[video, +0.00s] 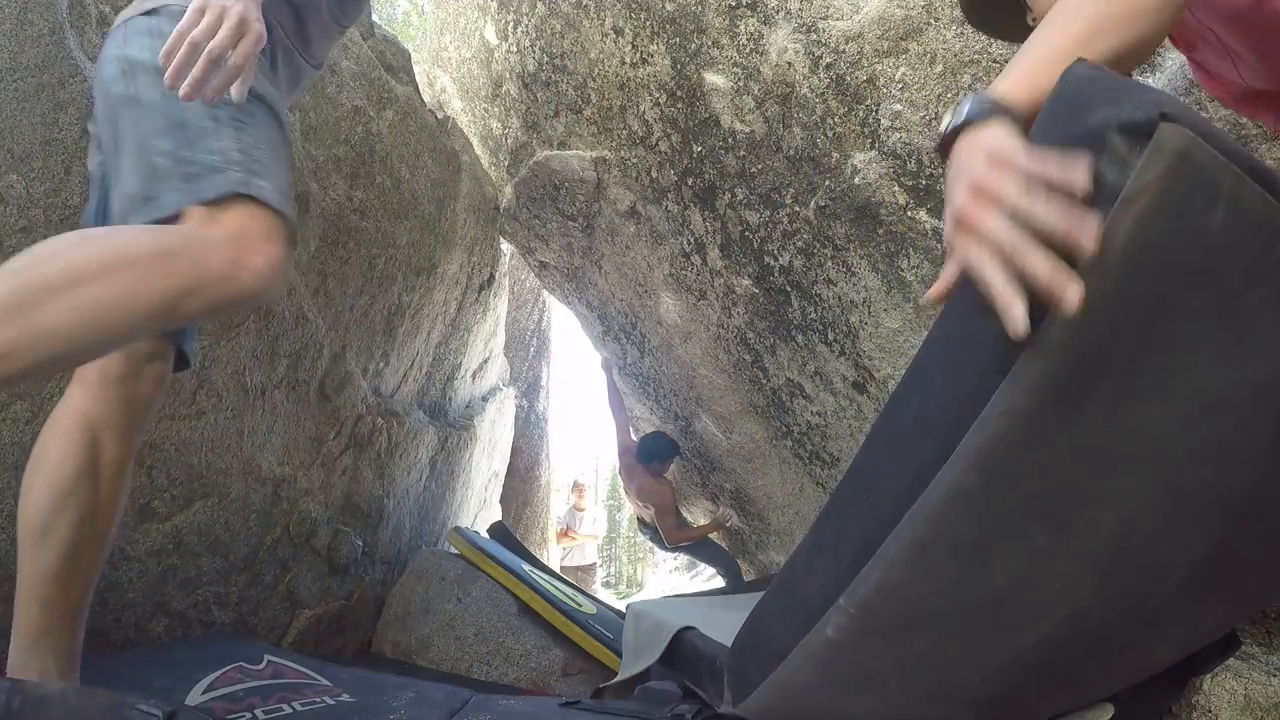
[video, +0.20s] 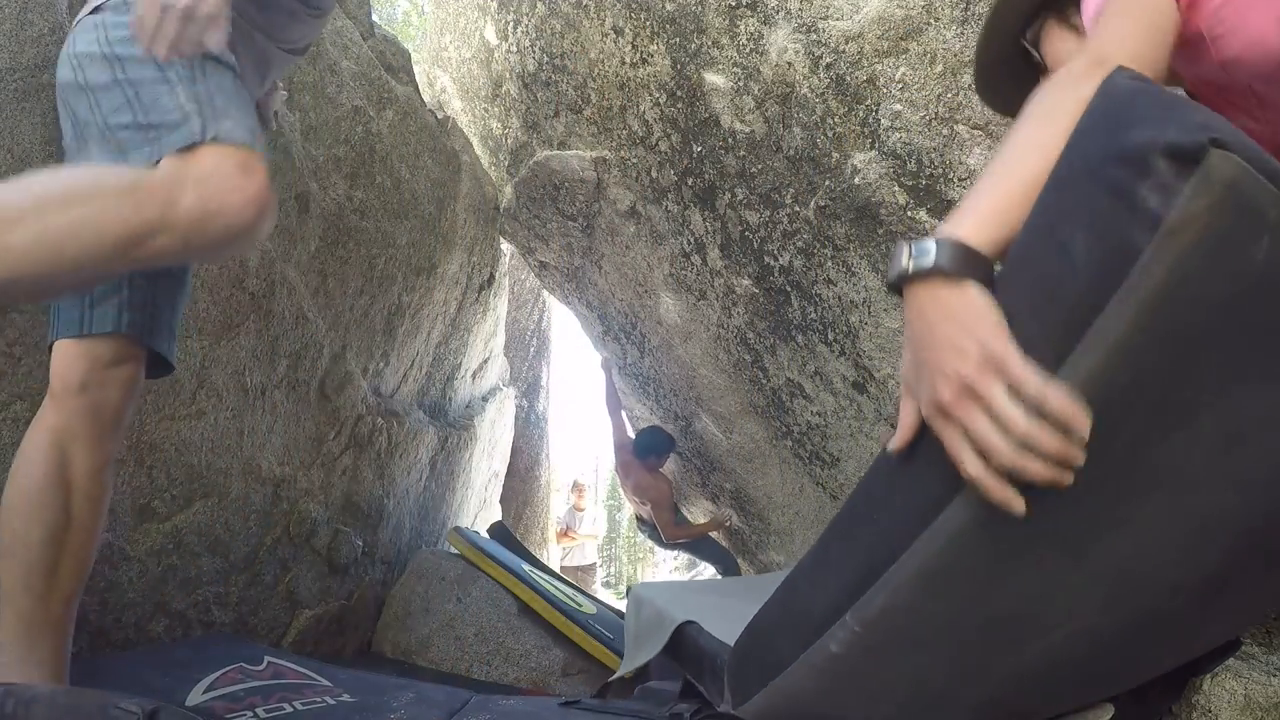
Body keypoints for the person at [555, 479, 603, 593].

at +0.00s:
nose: (581, 492)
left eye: (584, 489)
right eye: (577, 489)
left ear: (589, 492)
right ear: (572, 492)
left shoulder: (597, 513)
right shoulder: (564, 513)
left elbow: (597, 538)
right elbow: (560, 541)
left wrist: (571, 533)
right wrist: (585, 538)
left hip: (589, 565)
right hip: (567, 566)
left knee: (589, 604)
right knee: (567, 604)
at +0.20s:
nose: (581, 492)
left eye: (584, 489)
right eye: (577, 489)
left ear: (589, 492)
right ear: (571, 492)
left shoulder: (596, 513)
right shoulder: (564, 513)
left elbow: (597, 538)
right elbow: (560, 541)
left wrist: (572, 533)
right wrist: (585, 538)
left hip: (589, 565)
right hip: (567, 565)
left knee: (590, 603)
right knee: (568, 603)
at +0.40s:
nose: (581, 492)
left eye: (584, 489)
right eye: (577, 489)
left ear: (589, 492)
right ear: (571, 492)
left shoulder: (596, 513)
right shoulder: (564, 513)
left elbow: (597, 538)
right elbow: (560, 541)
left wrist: (571, 533)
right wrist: (585, 538)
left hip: (589, 564)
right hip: (567, 565)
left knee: (590, 603)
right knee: (568, 603)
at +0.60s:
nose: (580, 492)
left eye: (583, 489)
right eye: (577, 489)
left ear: (589, 492)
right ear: (571, 492)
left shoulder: (597, 513)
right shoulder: (564, 514)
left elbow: (597, 538)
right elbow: (560, 541)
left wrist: (572, 533)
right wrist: (585, 538)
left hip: (589, 565)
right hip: (567, 566)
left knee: (589, 604)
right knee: (567, 604)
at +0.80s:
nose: (580, 492)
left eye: (583, 489)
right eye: (577, 489)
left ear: (589, 492)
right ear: (571, 492)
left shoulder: (596, 513)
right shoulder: (564, 513)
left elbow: (597, 538)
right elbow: (560, 541)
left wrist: (572, 533)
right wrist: (585, 538)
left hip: (589, 565)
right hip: (567, 566)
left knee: (589, 604)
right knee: (567, 604)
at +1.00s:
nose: (580, 493)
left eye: (583, 490)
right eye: (577, 490)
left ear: (589, 492)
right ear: (571, 492)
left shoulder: (597, 513)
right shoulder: (564, 513)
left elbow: (596, 539)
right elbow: (560, 541)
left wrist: (571, 533)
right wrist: (584, 538)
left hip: (589, 565)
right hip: (567, 566)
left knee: (589, 605)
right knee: (568, 605)